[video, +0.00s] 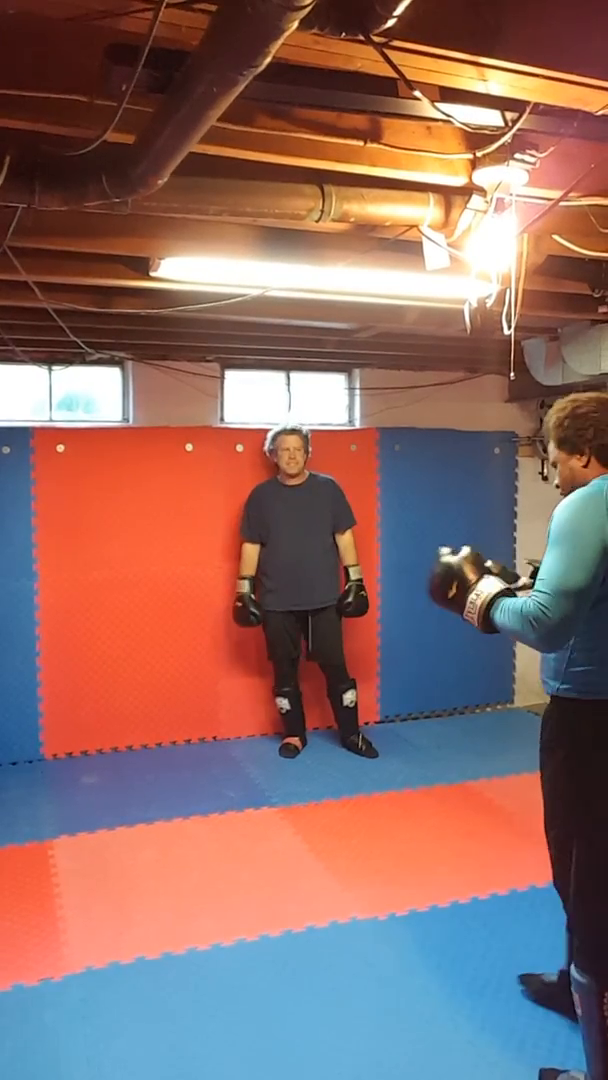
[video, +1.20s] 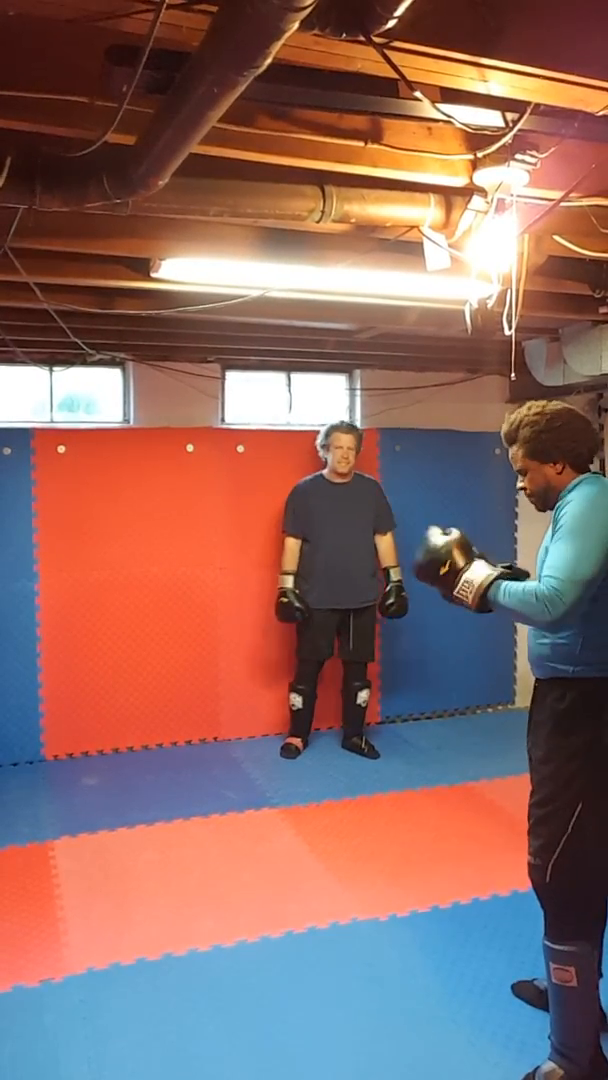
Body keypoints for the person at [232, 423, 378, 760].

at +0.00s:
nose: (291, 456)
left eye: (297, 450)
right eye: (285, 450)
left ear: (307, 454)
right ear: (274, 456)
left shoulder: (328, 489)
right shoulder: (261, 495)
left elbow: (344, 535)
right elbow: (252, 544)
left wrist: (355, 580)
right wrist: (244, 590)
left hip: (324, 597)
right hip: (278, 599)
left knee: (336, 666)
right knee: (284, 669)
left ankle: (351, 733)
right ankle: (294, 734)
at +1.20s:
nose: (345, 456)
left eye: (350, 450)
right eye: (338, 449)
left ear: (357, 454)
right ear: (326, 451)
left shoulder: (371, 490)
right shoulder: (304, 492)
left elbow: (384, 537)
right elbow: (293, 541)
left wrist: (395, 581)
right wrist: (287, 587)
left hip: (362, 598)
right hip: (316, 598)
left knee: (358, 667)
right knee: (308, 668)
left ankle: (354, 735)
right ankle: (298, 735)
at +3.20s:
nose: (365, 459)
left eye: (370, 453)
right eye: (358, 452)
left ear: (377, 456)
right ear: (344, 455)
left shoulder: (391, 492)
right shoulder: (325, 493)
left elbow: (404, 540)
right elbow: (313, 543)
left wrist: (411, 584)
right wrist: (307, 587)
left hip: (379, 598)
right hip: (338, 597)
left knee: (369, 668)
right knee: (342, 667)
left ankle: (358, 734)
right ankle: (332, 737)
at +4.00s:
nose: (321, 457)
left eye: (327, 451)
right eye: (314, 451)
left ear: (337, 454)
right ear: (304, 454)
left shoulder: (355, 491)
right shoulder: (287, 495)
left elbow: (371, 541)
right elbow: (275, 545)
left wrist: (383, 588)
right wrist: (265, 592)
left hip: (346, 603)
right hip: (297, 602)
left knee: (350, 672)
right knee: (290, 676)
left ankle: (353, 736)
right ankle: (282, 748)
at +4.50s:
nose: (282, 458)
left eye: (288, 451)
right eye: (276, 452)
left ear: (301, 453)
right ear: (267, 455)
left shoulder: (323, 491)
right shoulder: (252, 495)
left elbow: (337, 540)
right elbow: (240, 546)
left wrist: (342, 587)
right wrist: (230, 593)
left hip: (313, 601)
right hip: (266, 602)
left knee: (312, 674)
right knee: (272, 675)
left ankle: (317, 747)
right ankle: (279, 745)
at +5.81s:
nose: (305, 455)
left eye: (310, 448)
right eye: (297, 449)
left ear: (319, 452)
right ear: (283, 455)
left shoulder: (333, 492)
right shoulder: (264, 496)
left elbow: (347, 534)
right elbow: (250, 543)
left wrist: (345, 556)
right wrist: (263, 585)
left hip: (324, 604)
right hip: (281, 606)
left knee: (337, 675)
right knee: (280, 677)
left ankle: (353, 743)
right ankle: (281, 748)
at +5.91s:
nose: (311, 454)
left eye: (316, 448)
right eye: (303, 449)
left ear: (324, 452)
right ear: (288, 454)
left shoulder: (339, 491)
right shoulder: (270, 494)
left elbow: (353, 532)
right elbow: (257, 543)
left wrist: (352, 551)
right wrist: (283, 574)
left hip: (332, 604)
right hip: (286, 606)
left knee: (342, 675)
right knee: (283, 677)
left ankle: (354, 744)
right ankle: (281, 748)